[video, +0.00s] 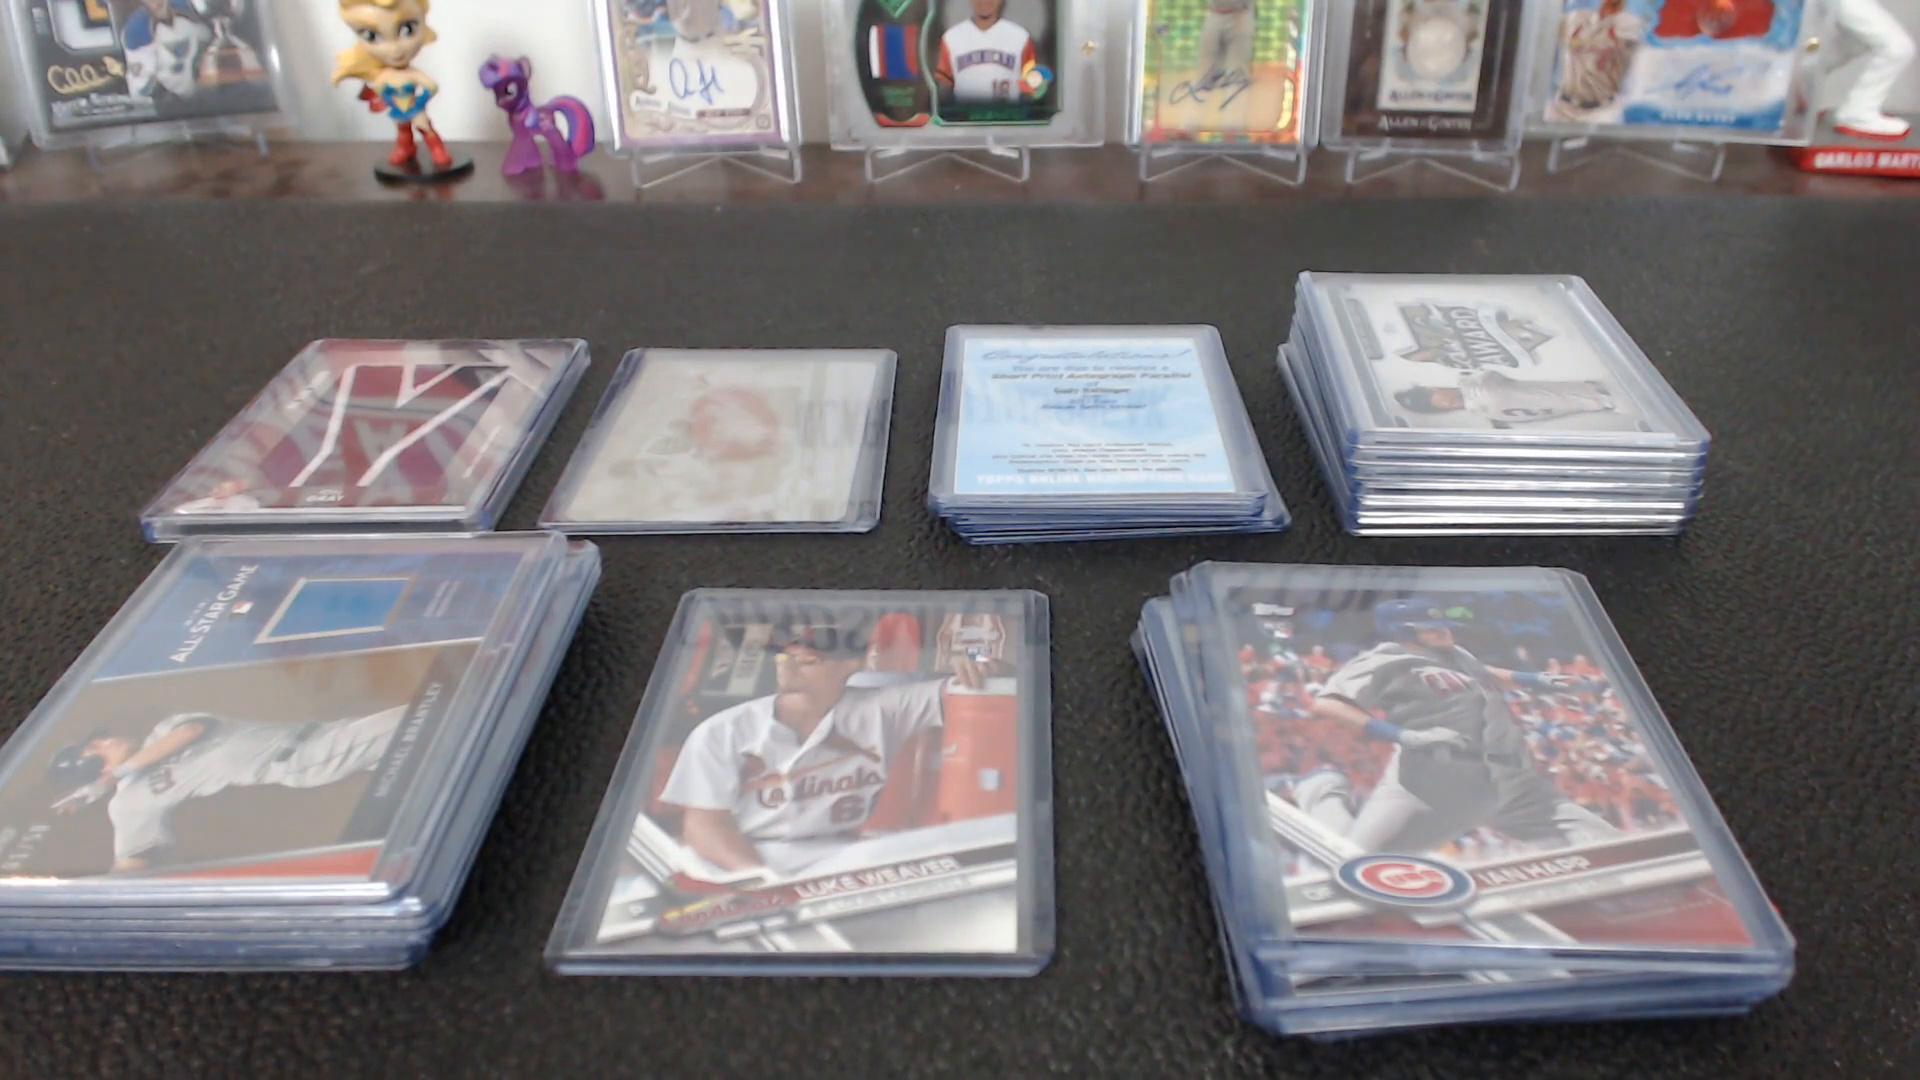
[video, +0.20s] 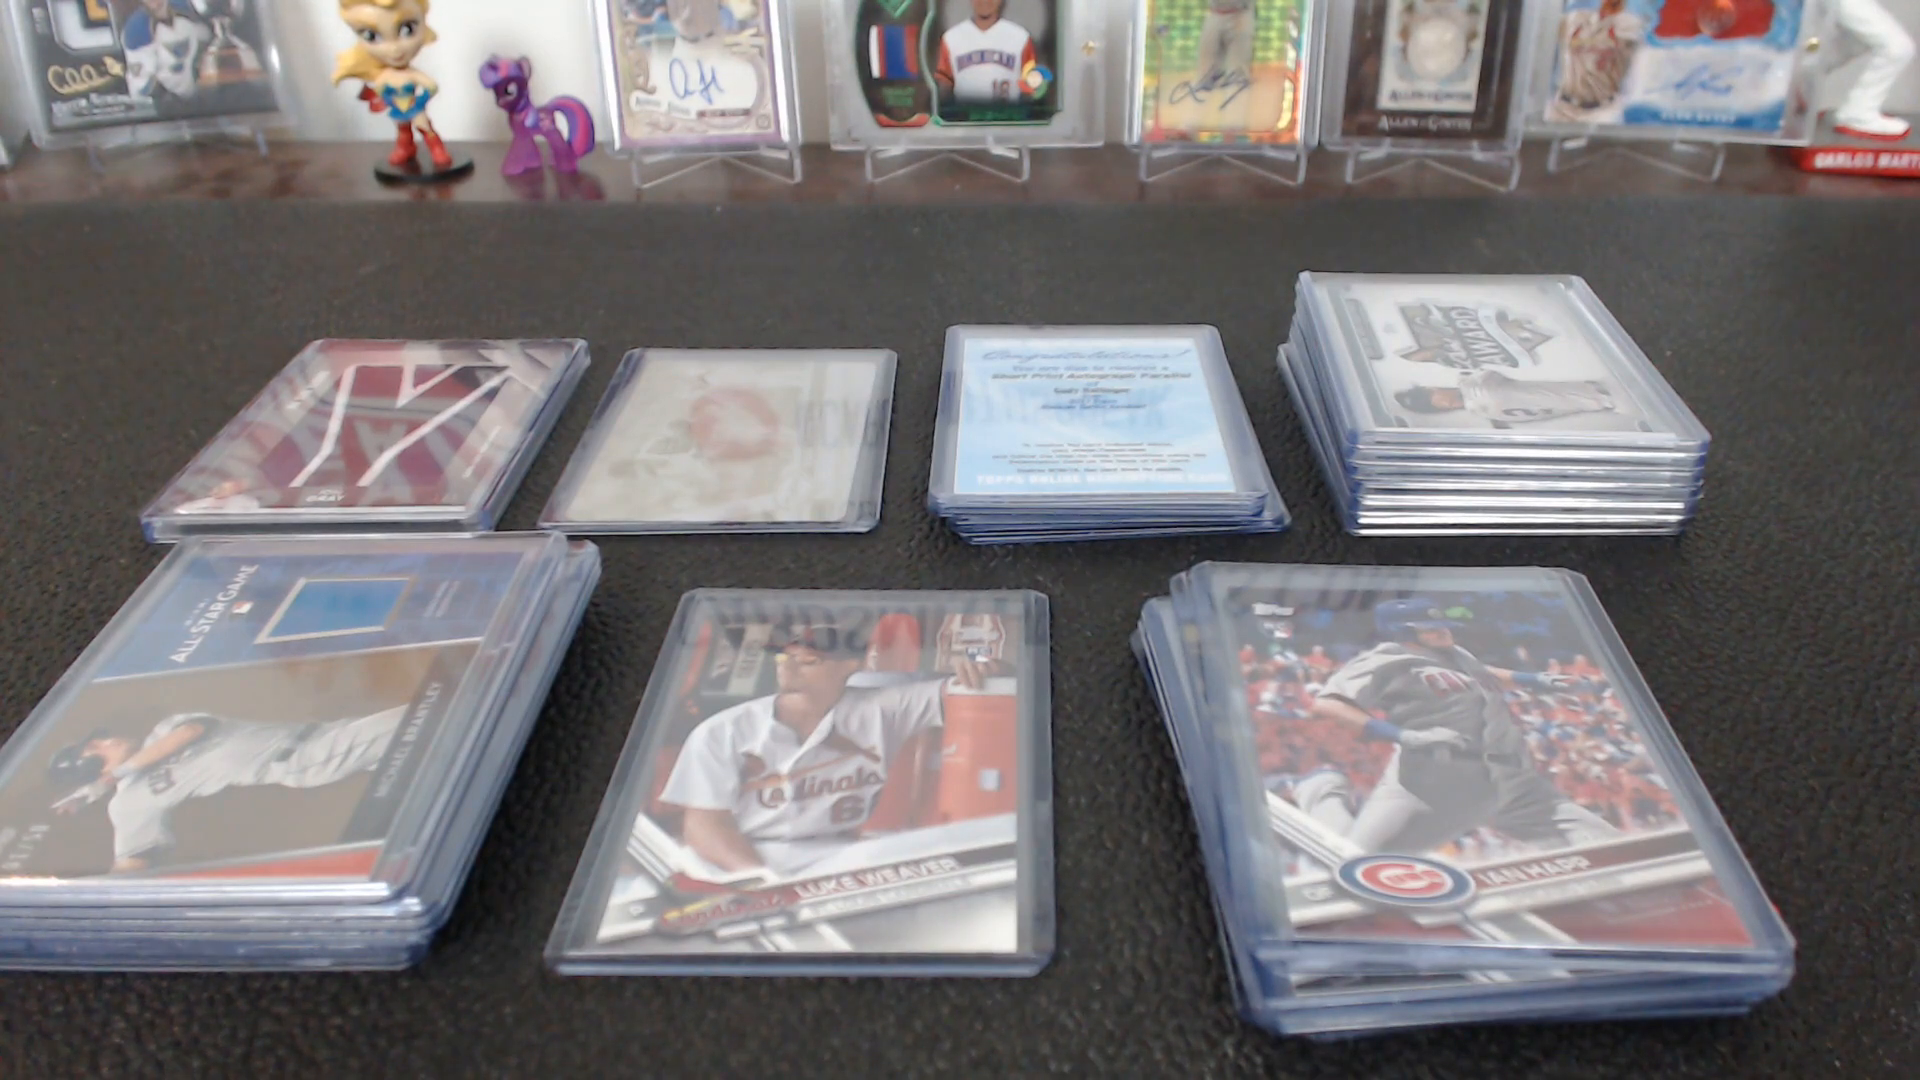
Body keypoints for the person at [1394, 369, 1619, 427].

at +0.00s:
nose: (1445, 400)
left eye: (1439, 395)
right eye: (1440, 403)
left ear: (1441, 388)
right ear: (1440, 408)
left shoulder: (1469, 382)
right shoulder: (1472, 408)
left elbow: (1495, 380)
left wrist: (1484, 390)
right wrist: (1503, 419)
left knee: (1552, 396)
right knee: (1551, 402)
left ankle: (1593, 397)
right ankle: (1590, 398)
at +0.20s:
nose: (1445, 400)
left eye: (1439, 395)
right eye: (1440, 403)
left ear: (1440, 388)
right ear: (1440, 408)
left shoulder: (1469, 382)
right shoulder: (1472, 408)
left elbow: (1495, 380)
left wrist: (1484, 389)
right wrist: (1504, 419)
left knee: (1552, 396)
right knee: (1551, 403)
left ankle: (1593, 397)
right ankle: (1590, 398)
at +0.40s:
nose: (1445, 400)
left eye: (1439, 395)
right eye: (1440, 403)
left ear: (1441, 388)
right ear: (1440, 408)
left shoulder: (1469, 381)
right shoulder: (1471, 409)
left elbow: (1495, 380)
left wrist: (1486, 393)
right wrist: (1507, 418)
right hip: (1506, 408)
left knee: (1551, 396)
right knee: (1551, 404)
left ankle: (1593, 397)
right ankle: (1589, 399)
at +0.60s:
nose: (1445, 400)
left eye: (1439, 395)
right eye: (1440, 403)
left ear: (1441, 388)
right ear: (1440, 408)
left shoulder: (1468, 381)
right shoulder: (1471, 408)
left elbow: (1494, 379)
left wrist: (1485, 391)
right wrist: (1507, 418)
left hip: (1509, 391)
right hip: (1506, 408)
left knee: (1551, 396)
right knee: (1551, 404)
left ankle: (1592, 396)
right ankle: (1589, 399)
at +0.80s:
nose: (1445, 400)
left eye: (1439, 395)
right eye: (1440, 403)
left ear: (1440, 388)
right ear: (1440, 408)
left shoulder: (1468, 381)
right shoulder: (1470, 408)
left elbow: (1494, 379)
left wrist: (1486, 393)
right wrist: (1507, 417)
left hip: (1515, 391)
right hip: (1508, 408)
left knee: (1552, 396)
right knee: (1552, 403)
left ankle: (1593, 396)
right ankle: (1590, 399)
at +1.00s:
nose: (1445, 400)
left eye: (1439, 395)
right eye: (1440, 403)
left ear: (1441, 388)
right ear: (1440, 408)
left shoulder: (1468, 381)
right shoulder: (1471, 408)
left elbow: (1494, 379)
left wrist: (1486, 391)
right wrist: (1508, 418)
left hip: (1513, 392)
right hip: (1507, 408)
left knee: (1552, 396)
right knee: (1552, 404)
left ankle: (1592, 396)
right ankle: (1589, 399)